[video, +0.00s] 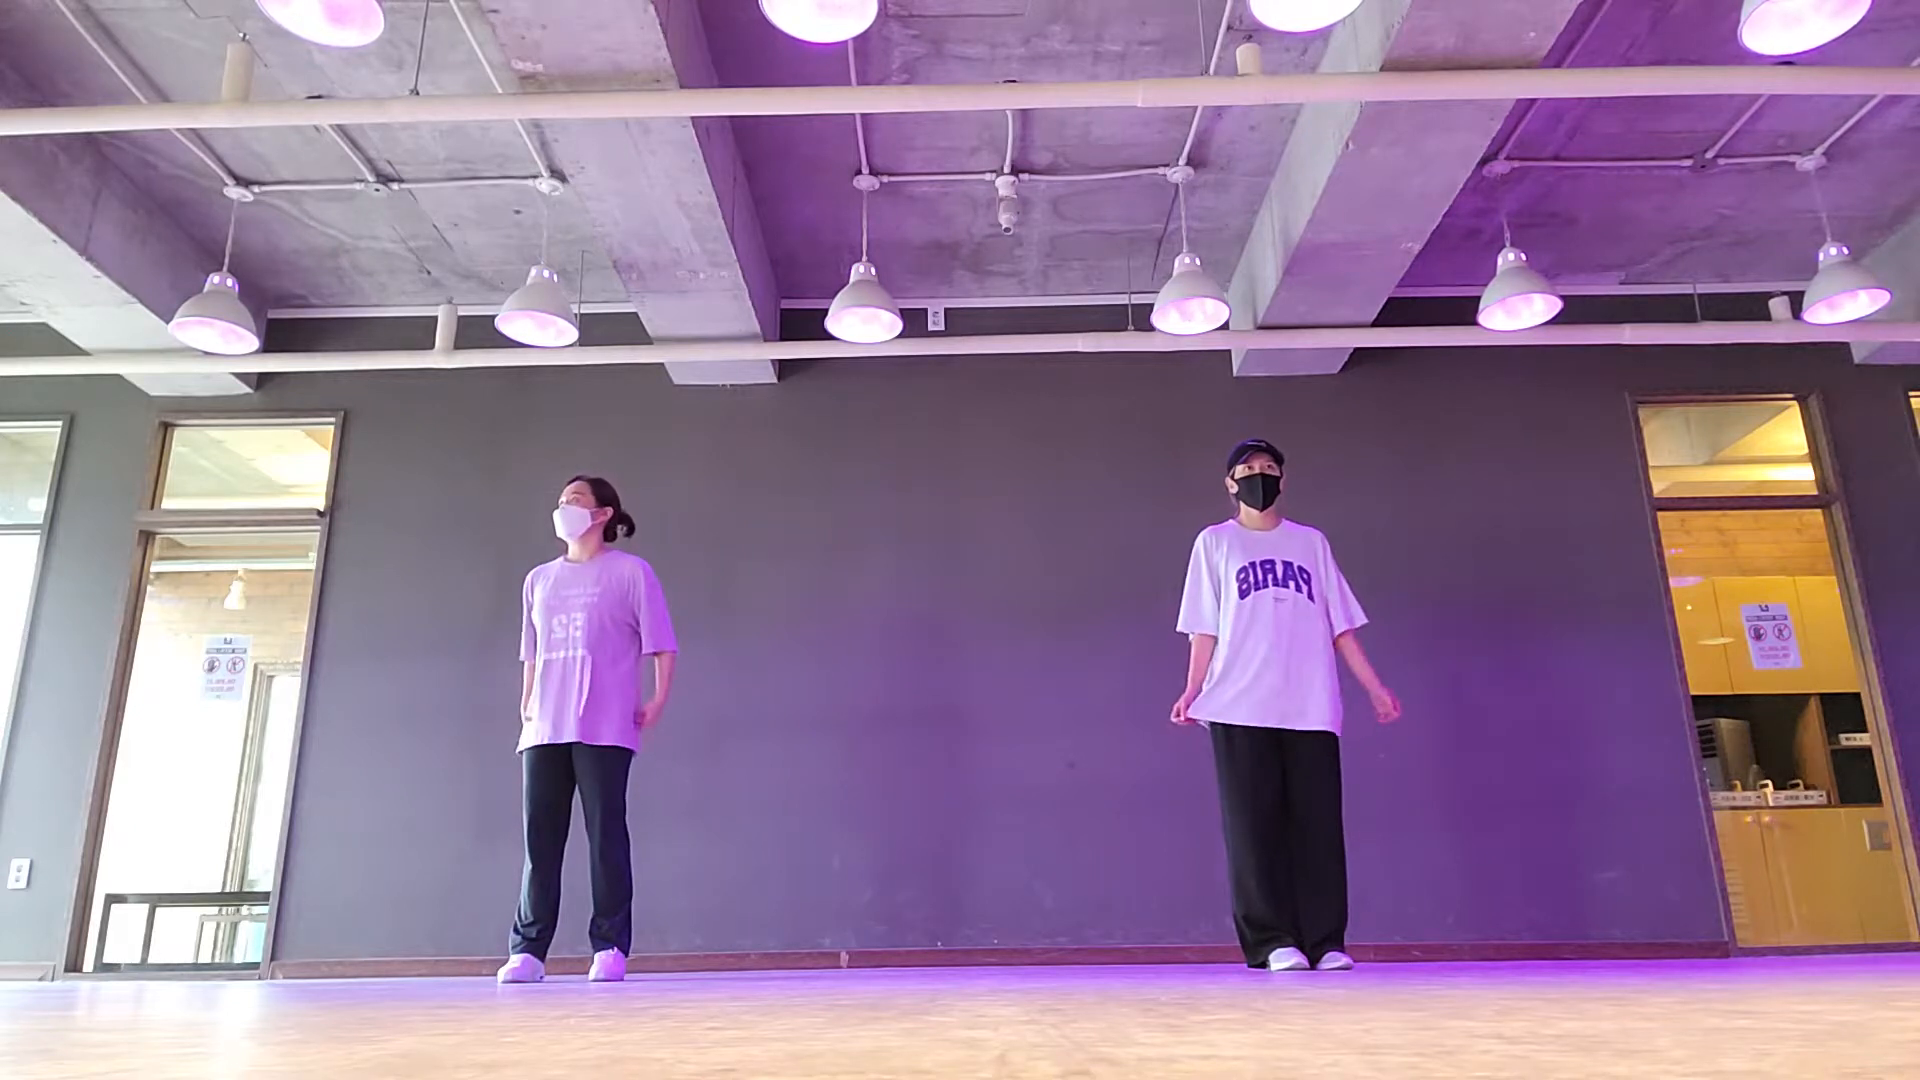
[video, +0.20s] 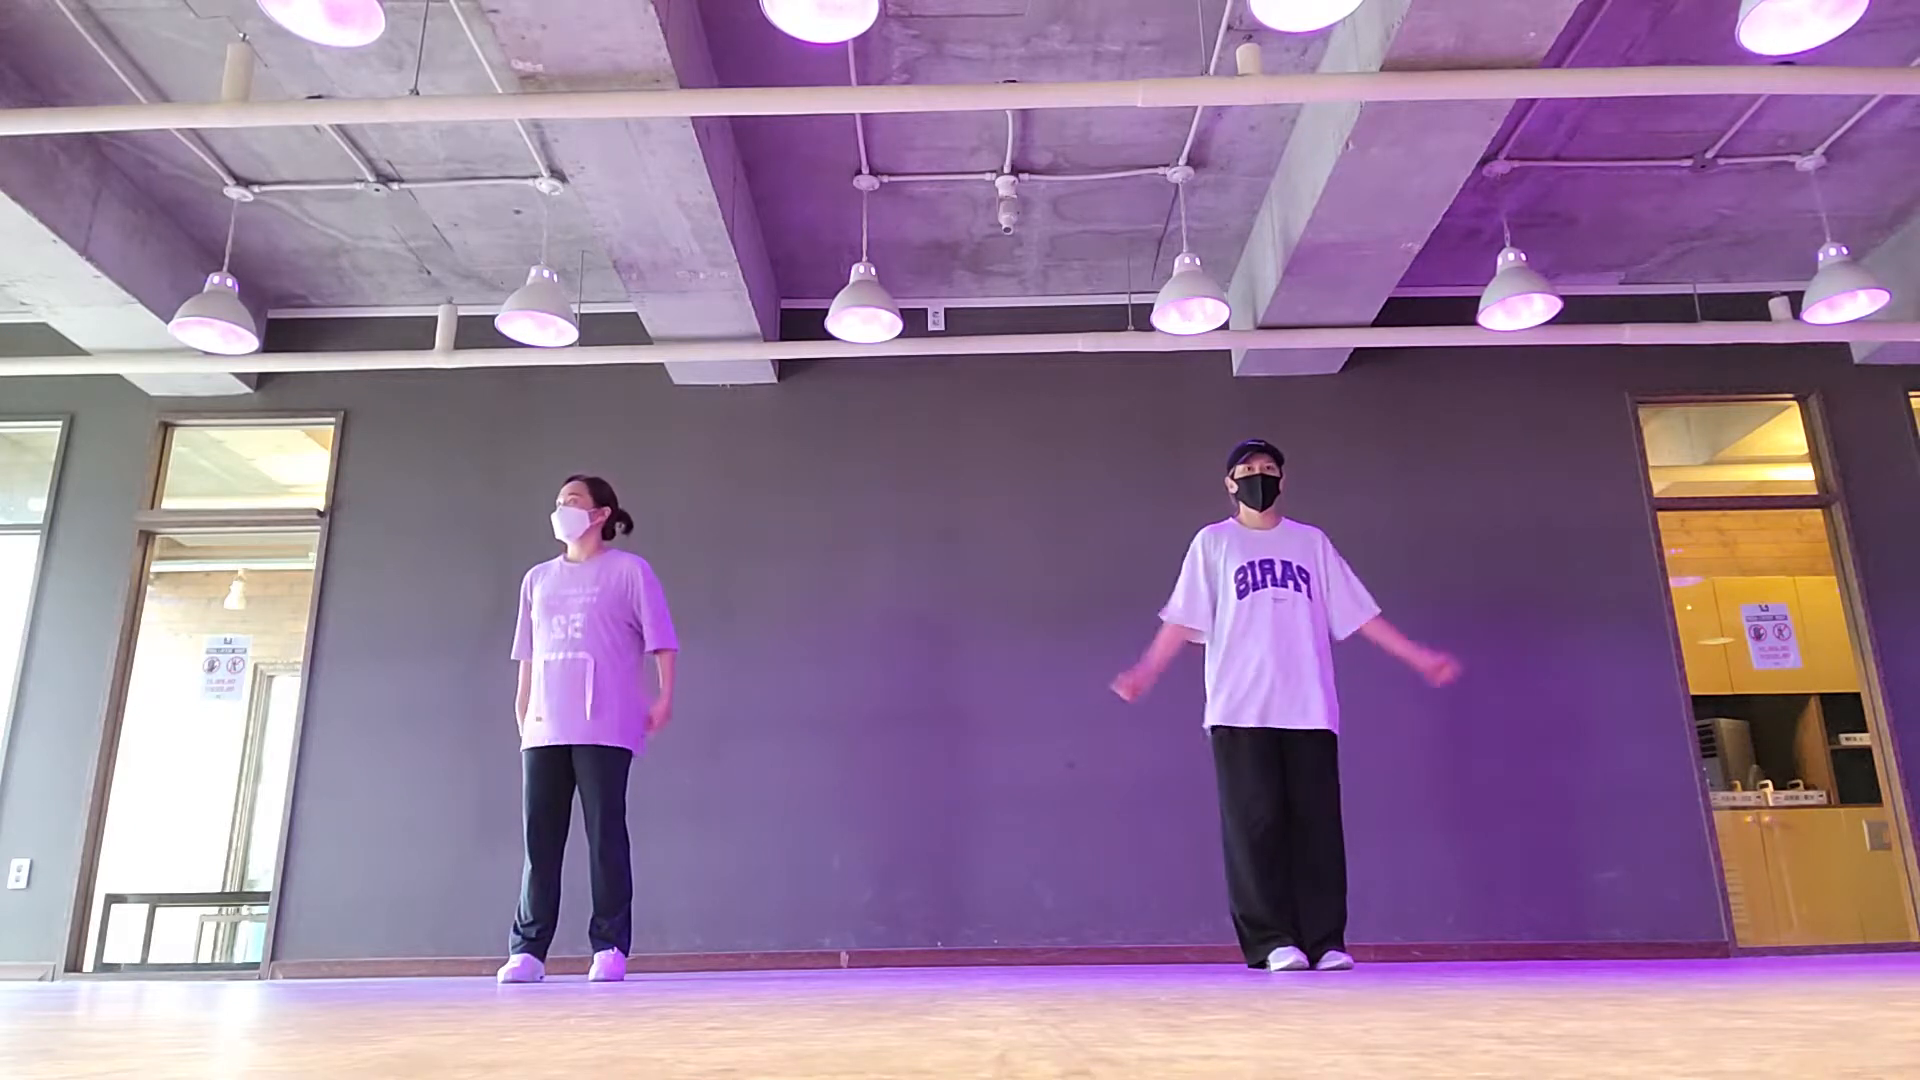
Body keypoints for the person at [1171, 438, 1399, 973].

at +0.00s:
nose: (1260, 478)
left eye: (1268, 470)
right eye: (1248, 471)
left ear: (1282, 480)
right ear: (1230, 483)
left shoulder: (1312, 543)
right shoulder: (1213, 543)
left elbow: (1340, 627)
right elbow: (1204, 627)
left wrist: (1373, 686)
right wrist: (1194, 687)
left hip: (1311, 709)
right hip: (1242, 710)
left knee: (1317, 826)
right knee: (1256, 829)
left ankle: (1325, 942)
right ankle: (1273, 945)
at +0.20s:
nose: (1259, 481)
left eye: (1268, 473)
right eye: (1248, 473)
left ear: (1282, 481)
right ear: (1230, 484)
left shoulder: (1313, 543)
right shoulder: (1211, 543)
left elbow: (1362, 616)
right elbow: (1181, 621)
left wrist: (1420, 658)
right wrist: (1144, 671)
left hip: (1309, 708)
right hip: (1241, 711)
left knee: (1317, 824)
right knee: (1257, 827)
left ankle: (1325, 941)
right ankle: (1273, 944)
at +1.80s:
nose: (1233, 478)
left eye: (1242, 470)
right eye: (1222, 474)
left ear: (1260, 482)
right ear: (1211, 494)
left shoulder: (1304, 527)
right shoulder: (1205, 554)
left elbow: (1369, 524)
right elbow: (1186, 630)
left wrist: (1436, 517)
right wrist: (1242, 609)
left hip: (1313, 703)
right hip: (1245, 713)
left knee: (1318, 823)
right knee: (1261, 826)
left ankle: (1324, 942)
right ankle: (1276, 943)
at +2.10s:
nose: (1231, 486)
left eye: (1240, 477)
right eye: (1221, 482)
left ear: (1260, 485)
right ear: (1212, 496)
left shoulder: (1296, 528)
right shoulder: (1202, 553)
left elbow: (1282, 603)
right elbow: (1203, 608)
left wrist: (1214, 634)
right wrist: (1257, 570)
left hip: (1309, 696)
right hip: (1244, 705)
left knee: (1325, 817)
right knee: (1264, 825)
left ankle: (1333, 943)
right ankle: (1280, 945)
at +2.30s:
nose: (1240, 485)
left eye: (1246, 475)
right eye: (1228, 480)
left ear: (1263, 482)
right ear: (1214, 494)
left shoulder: (1295, 515)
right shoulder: (1205, 546)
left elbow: (1260, 558)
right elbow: (1184, 538)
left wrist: (1195, 576)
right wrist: (1232, 507)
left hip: (1304, 689)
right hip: (1240, 692)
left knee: (1313, 816)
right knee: (1260, 818)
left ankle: (1326, 943)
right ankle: (1278, 943)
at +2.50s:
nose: (1235, 482)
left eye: (1246, 474)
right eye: (1226, 477)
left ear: (1265, 485)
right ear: (1216, 493)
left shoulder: (1294, 523)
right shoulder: (1203, 537)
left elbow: (1298, 533)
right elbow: (1177, 521)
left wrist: (1287, 551)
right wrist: (1151, 505)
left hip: (1304, 696)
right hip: (1236, 703)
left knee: (1315, 821)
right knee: (1256, 828)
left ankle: (1328, 943)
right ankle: (1273, 945)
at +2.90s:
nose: (1244, 475)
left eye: (1253, 467)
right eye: (1232, 468)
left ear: (1265, 478)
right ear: (1212, 481)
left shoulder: (1294, 526)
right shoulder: (1203, 539)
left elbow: (1334, 594)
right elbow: (1214, 616)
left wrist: (1375, 642)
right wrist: (1226, 678)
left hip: (1317, 697)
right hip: (1248, 703)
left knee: (1356, 817)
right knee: (1267, 830)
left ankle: (1385, 937)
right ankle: (1279, 948)